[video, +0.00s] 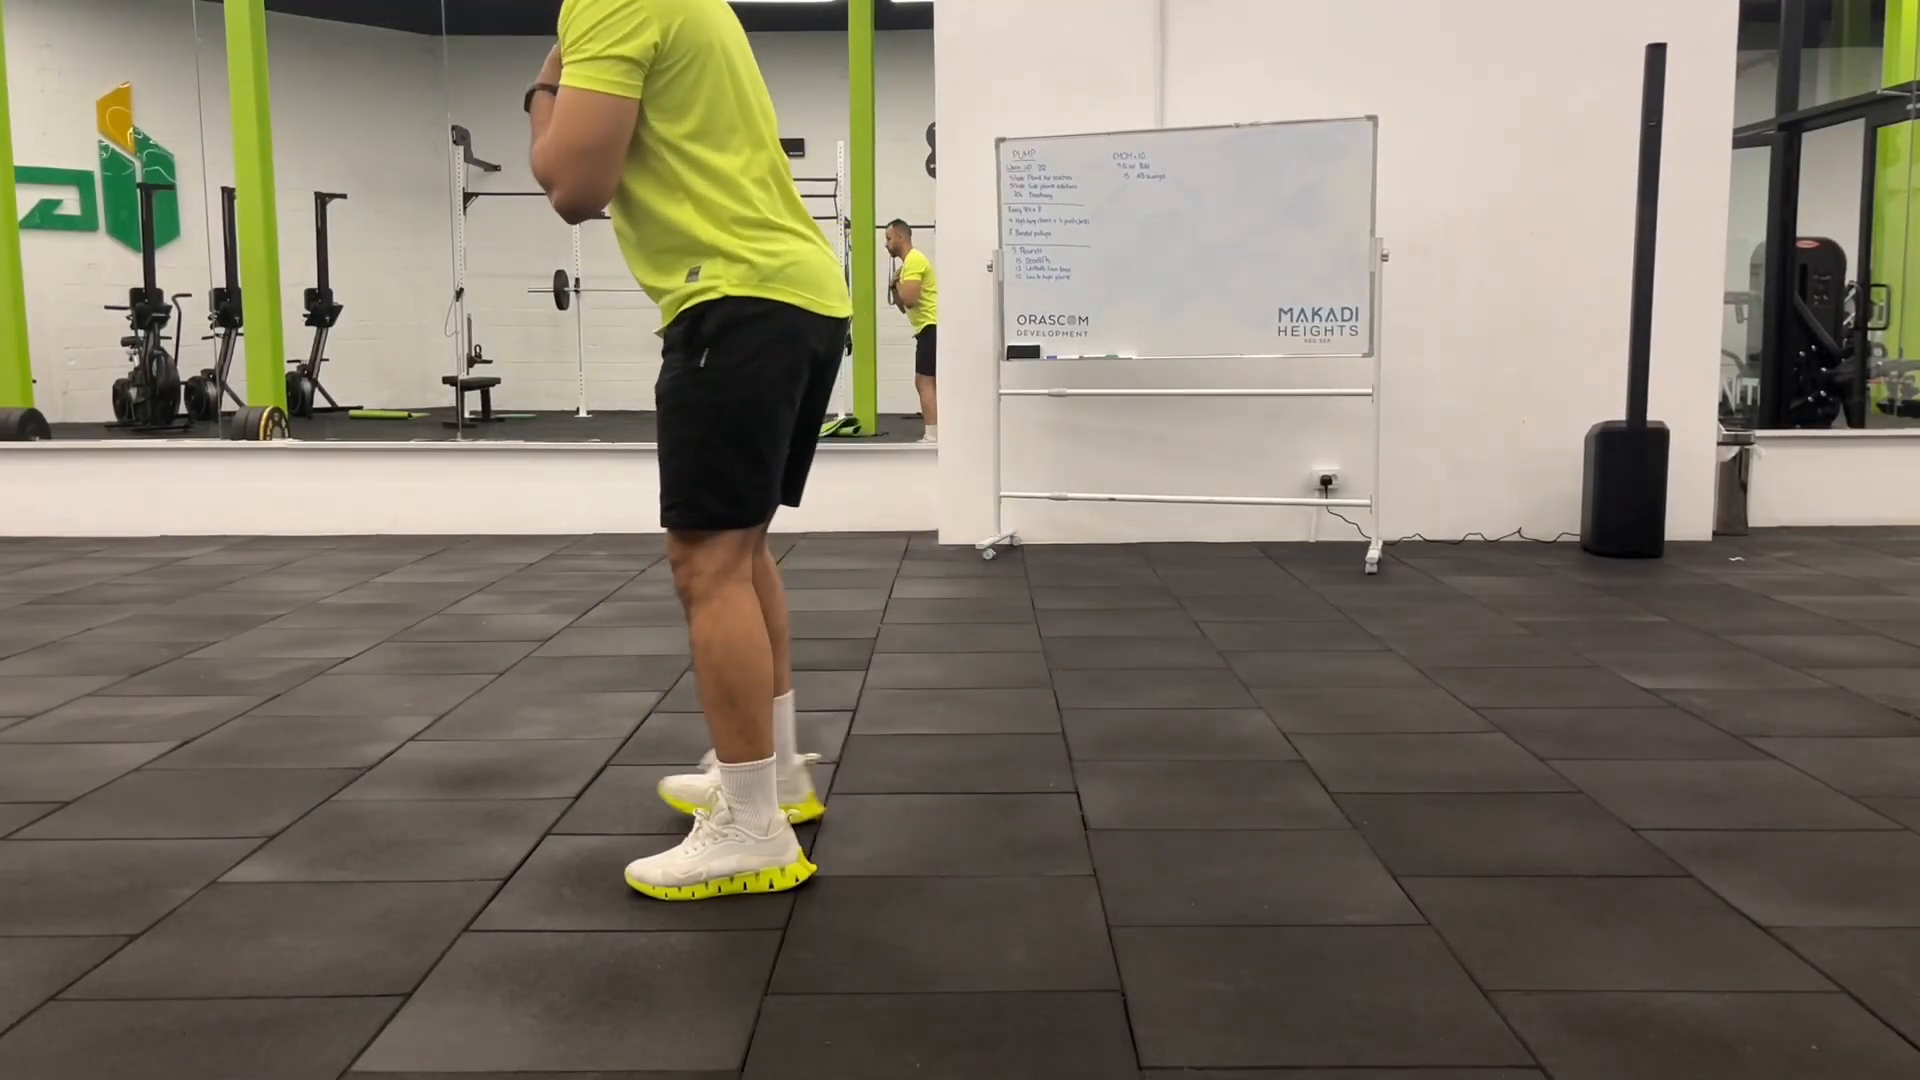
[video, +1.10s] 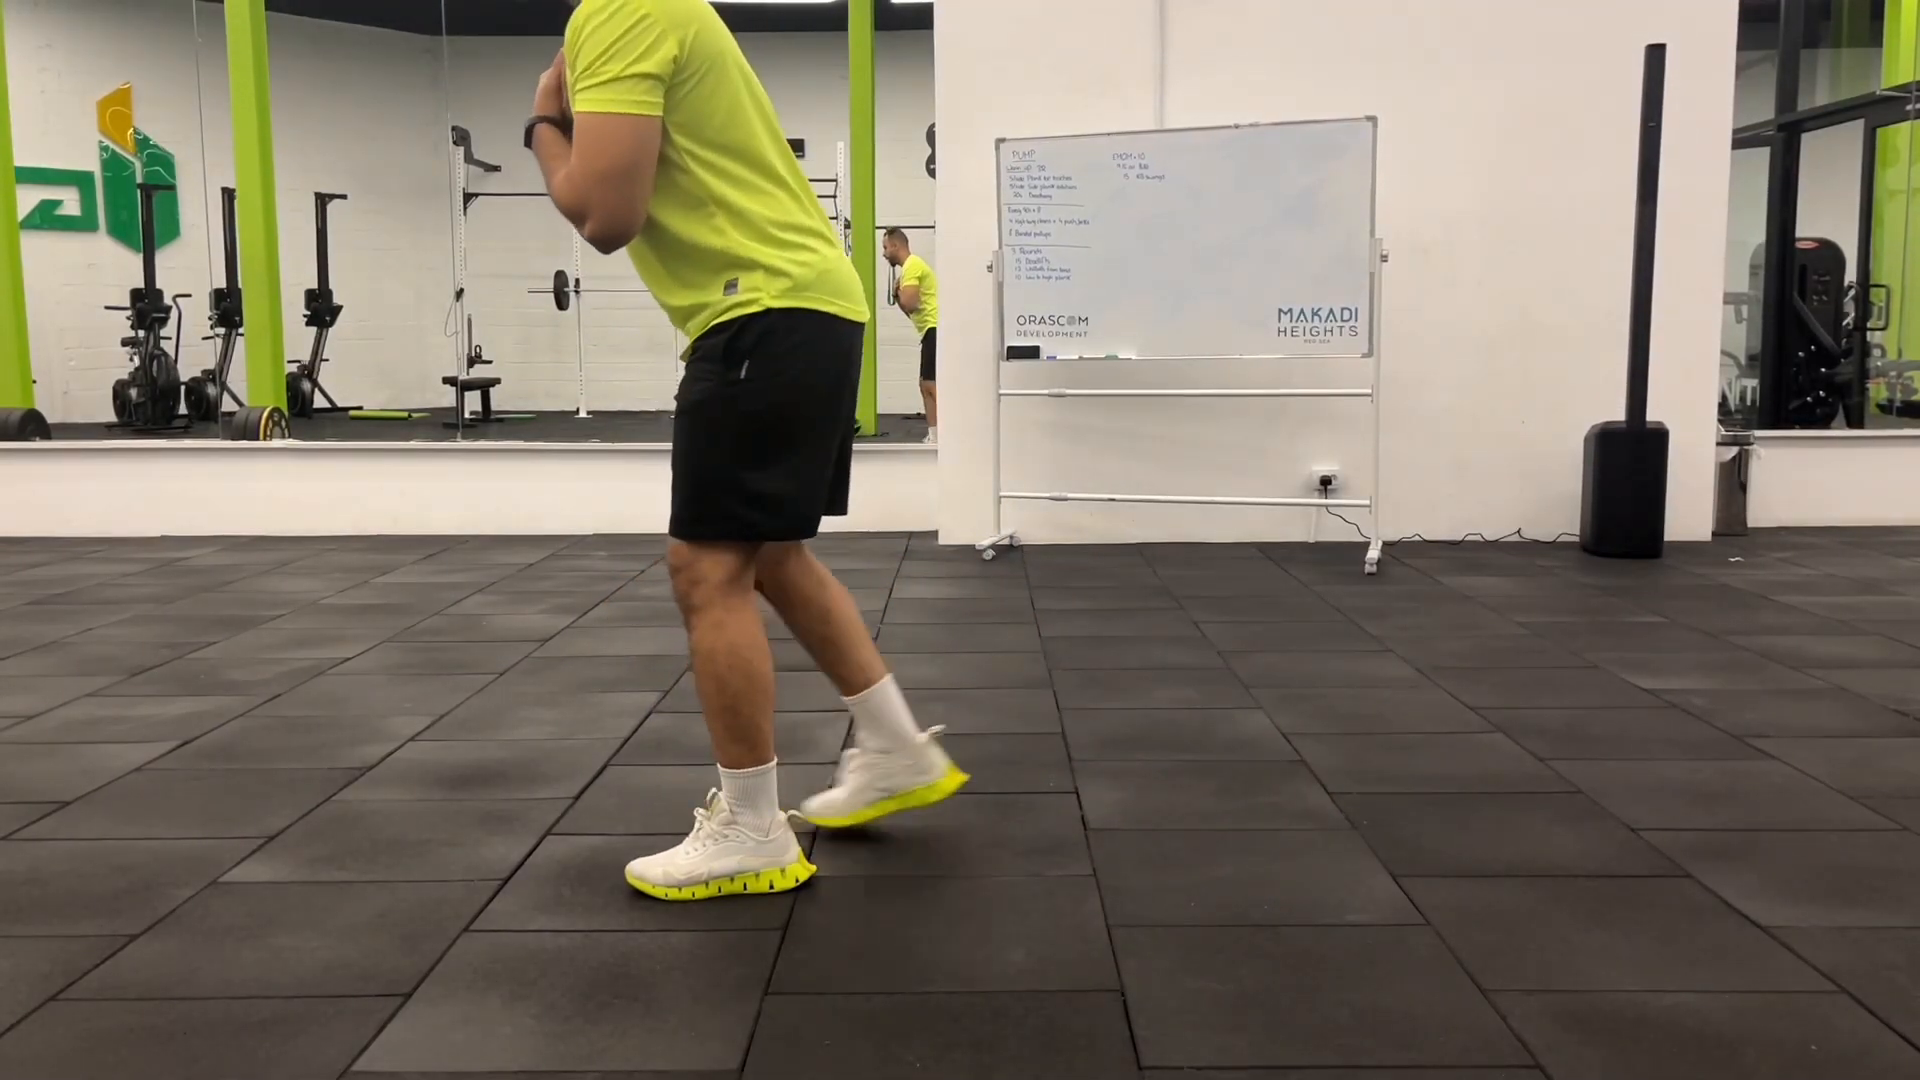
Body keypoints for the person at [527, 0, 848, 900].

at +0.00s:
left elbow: (575, 188)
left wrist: (544, 100)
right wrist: (564, 106)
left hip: (731, 300)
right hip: (794, 294)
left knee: (707, 564)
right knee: (742, 546)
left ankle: (749, 826)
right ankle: (780, 769)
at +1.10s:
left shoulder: (625, 11)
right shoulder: (648, 15)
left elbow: (604, 215)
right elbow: (617, 201)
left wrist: (544, 126)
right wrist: (568, 124)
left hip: (759, 311)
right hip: (808, 304)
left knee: (706, 573)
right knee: (773, 551)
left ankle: (750, 828)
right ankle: (898, 745)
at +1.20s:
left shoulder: (620, 21)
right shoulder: (654, 22)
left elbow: (609, 224)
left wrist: (540, 136)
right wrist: (574, 128)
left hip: (760, 312)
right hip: (819, 304)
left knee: (707, 576)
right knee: (809, 554)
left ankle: (750, 828)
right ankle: (996, 729)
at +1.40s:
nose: (461, 18)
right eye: (454, 7)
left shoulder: (619, 60)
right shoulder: (632, 53)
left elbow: (623, 268)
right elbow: (645, 243)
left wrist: (546, 187)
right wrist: (571, 182)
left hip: (788, 337)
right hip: (855, 325)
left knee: (688, 587)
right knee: (914, 570)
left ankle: (749, 828)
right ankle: (1137, 709)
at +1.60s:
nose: (482, 77)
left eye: (486, 47)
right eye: (474, 51)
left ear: (555, 31)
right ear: (562, 35)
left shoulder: (650, 130)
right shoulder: (668, 112)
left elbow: (663, 335)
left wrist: (587, 258)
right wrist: (609, 255)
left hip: (826, 391)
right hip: (900, 380)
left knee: (663, 597)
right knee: (973, 620)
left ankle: (748, 831)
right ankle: (1194, 790)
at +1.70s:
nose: (512, 116)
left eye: (518, 87)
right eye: (507, 93)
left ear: (580, 72)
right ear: (589, 72)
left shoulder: (679, 169)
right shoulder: (700, 155)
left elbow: (681, 377)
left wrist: (609, 297)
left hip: (853, 426)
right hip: (926, 422)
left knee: (651, 605)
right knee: (975, 673)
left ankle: (745, 831)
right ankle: (1231, 817)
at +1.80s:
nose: (541, 147)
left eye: (548, 121)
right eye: (536, 123)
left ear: (609, 107)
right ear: (620, 107)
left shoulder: (702, 204)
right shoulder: (727, 188)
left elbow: (701, 419)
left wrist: (636, 340)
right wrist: (663, 342)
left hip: (865, 469)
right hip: (941, 465)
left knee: (644, 609)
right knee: (973, 724)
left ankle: (747, 829)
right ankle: (1242, 831)